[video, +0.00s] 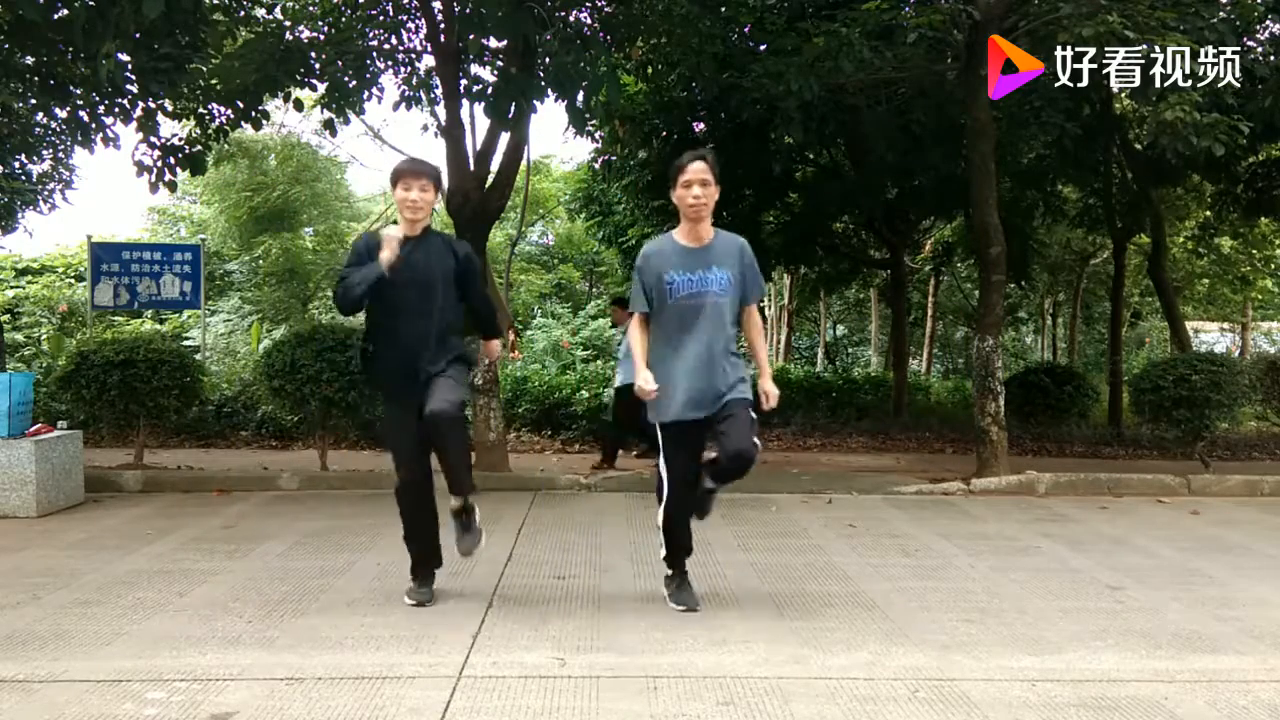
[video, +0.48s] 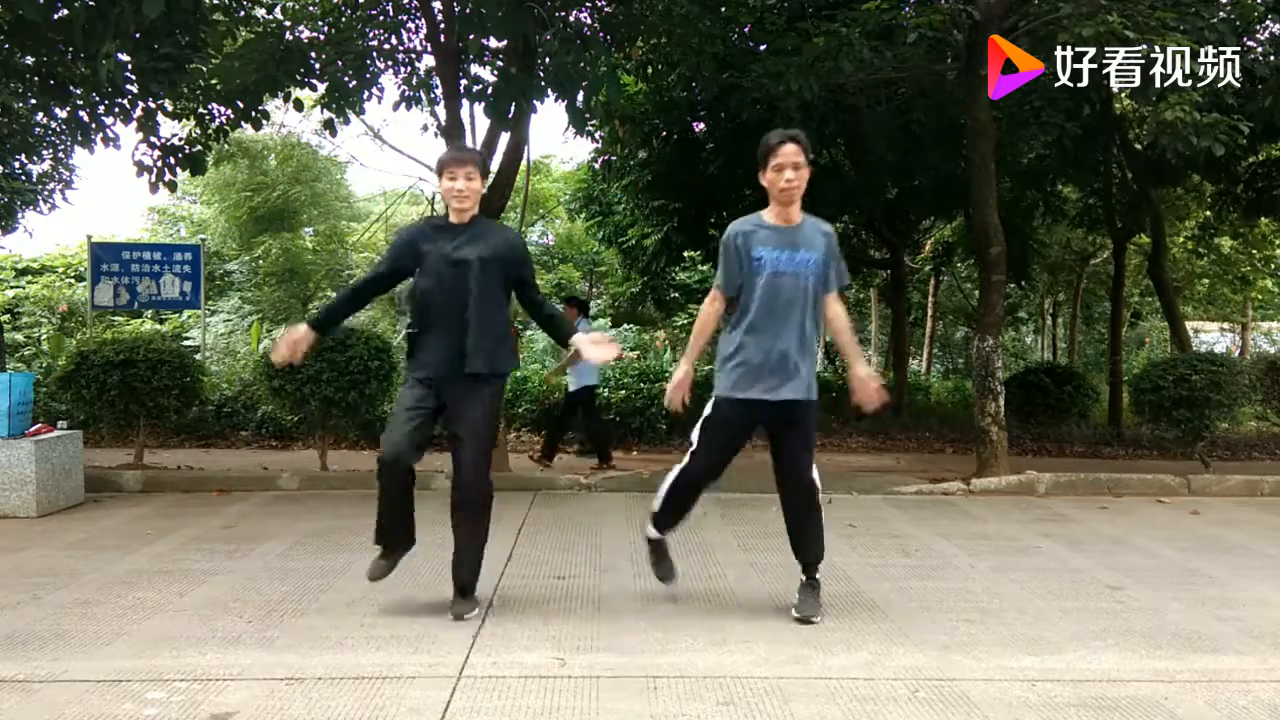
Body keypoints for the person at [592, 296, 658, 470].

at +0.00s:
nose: (612, 317)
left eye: (615, 312)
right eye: (612, 312)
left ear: (625, 312)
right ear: (625, 313)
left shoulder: (635, 330)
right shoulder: (627, 331)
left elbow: (639, 355)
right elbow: (628, 356)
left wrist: (641, 376)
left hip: (629, 382)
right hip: (624, 382)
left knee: (617, 424)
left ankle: (608, 458)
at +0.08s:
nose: (606, 314)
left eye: (608, 310)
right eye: (605, 311)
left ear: (617, 310)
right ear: (614, 311)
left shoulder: (627, 330)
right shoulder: (618, 330)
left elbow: (635, 356)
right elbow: (626, 357)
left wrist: (641, 377)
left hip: (624, 382)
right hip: (615, 382)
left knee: (614, 422)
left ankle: (607, 459)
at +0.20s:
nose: (592, 313)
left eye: (594, 309)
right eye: (592, 309)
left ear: (603, 309)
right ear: (601, 309)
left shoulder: (613, 328)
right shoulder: (607, 328)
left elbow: (615, 357)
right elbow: (610, 357)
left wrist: (613, 383)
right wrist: (600, 380)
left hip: (608, 383)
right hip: (601, 383)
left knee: (605, 423)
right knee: (603, 423)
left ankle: (607, 458)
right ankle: (606, 457)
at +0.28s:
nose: (584, 312)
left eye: (587, 308)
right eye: (584, 308)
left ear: (597, 309)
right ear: (595, 309)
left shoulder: (606, 328)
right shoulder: (601, 328)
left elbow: (605, 356)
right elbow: (600, 356)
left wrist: (596, 381)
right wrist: (591, 376)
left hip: (607, 379)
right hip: (601, 379)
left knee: (604, 418)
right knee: (601, 417)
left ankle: (607, 457)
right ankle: (600, 452)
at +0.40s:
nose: (570, 312)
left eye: (573, 308)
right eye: (571, 308)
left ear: (583, 310)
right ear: (583, 311)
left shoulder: (592, 327)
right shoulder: (586, 328)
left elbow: (585, 355)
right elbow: (585, 354)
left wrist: (571, 367)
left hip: (593, 383)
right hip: (585, 383)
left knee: (598, 423)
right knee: (569, 420)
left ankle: (605, 460)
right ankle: (552, 454)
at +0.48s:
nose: (564, 313)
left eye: (567, 309)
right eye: (564, 309)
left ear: (576, 311)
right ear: (576, 312)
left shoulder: (581, 329)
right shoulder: (583, 328)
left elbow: (576, 355)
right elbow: (578, 355)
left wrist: (555, 371)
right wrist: (559, 370)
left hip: (583, 383)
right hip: (581, 383)